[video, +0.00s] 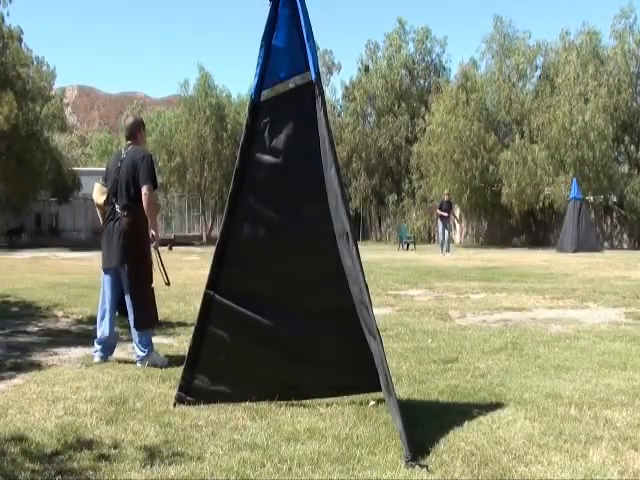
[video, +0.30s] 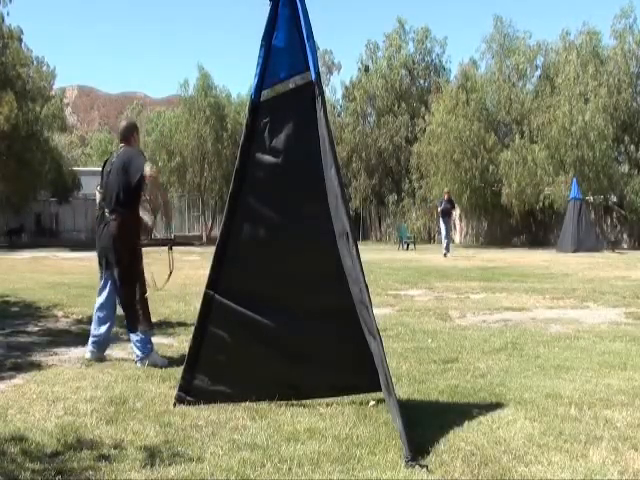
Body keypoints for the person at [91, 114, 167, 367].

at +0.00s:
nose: (146, 136)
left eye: (144, 132)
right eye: (145, 132)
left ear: (126, 134)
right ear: (140, 133)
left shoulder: (114, 158)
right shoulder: (143, 156)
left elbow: (99, 194)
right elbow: (147, 194)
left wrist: (106, 223)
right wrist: (154, 227)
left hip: (111, 228)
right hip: (133, 228)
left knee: (109, 292)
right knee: (137, 291)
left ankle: (101, 348)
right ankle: (144, 351)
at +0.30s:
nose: (140, 140)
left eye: (138, 136)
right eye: (139, 136)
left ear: (120, 138)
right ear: (135, 137)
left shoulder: (110, 160)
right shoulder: (134, 156)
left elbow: (101, 194)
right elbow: (148, 181)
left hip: (106, 223)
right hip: (124, 225)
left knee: (107, 288)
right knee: (132, 288)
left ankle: (96, 346)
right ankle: (144, 351)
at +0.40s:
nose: (140, 138)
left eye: (138, 135)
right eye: (139, 134)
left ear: (119, 138)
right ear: (134, 136)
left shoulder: (112, 160)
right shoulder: (128, 152)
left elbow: (110, 200)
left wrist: (140, 214)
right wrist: (167, 149)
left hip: (100, 236)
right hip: (119, 237)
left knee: (104, 292)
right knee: (138, 289)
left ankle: (95, 347)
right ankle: (143, 350)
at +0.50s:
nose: (144, 140)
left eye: (143, 137)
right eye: (142, 136)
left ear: (123, 138)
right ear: (135, 138)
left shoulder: (110, 163)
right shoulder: (129, 156)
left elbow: (94, 186)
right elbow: (143, 136)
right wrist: (163, 119)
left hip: (98, 238)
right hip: (118, 238)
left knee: (100, 296)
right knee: (133, 292)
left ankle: (95, 347)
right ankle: (130, 349)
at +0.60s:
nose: (144, 151)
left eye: (141, 148)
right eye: (143, 148)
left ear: (123, 148)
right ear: (139, 149)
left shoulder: (112, 164)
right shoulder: (141, 168)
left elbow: (90, 184)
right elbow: (167, 181)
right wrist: (177, 156)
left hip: (92, 224)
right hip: (111, 229)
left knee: (94, 285)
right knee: (122, 284)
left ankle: (94, 346)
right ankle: (126, 350)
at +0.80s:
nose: (140, 158)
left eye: (138, 154)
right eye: (139, 154)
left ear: (119, 154)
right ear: (133, 155)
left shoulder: (102, 168)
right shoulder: (135, 182)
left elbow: (75, 193)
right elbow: (137, 224)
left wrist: (88, 219)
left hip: (90, 230)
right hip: (112, 236)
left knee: (95, 289)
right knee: (127, 290)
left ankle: (89, 346)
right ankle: (127, 351)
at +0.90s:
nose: (131, 149)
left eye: (128, 144)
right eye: (131, 145)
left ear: (111, 144)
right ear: (127, 146)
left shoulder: (95, 161)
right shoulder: (131, 172)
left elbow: (76, 192)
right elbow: (132, 213)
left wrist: (92, 206)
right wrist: (131, 242)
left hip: (85, 230)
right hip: (108, 235)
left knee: (92, 290)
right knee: (117, 291)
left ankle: (74, 346)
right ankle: (127, 352)